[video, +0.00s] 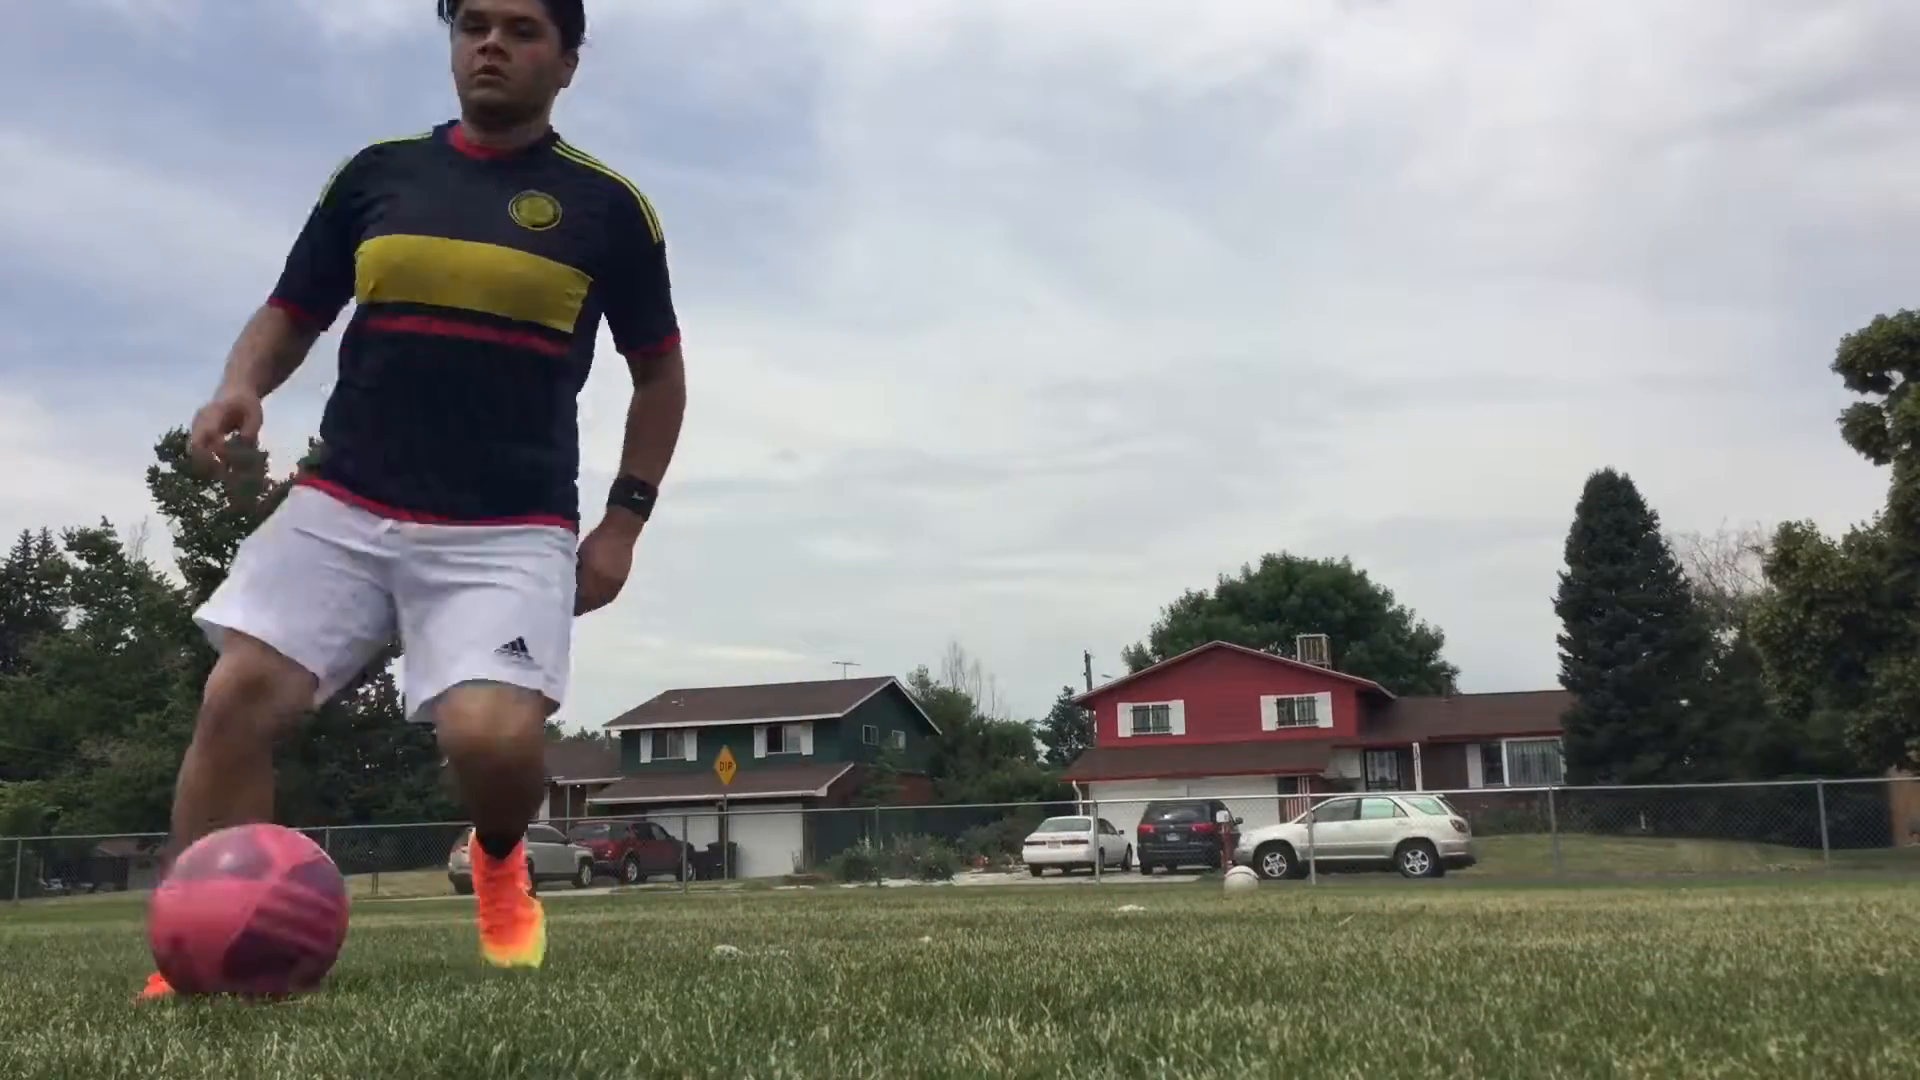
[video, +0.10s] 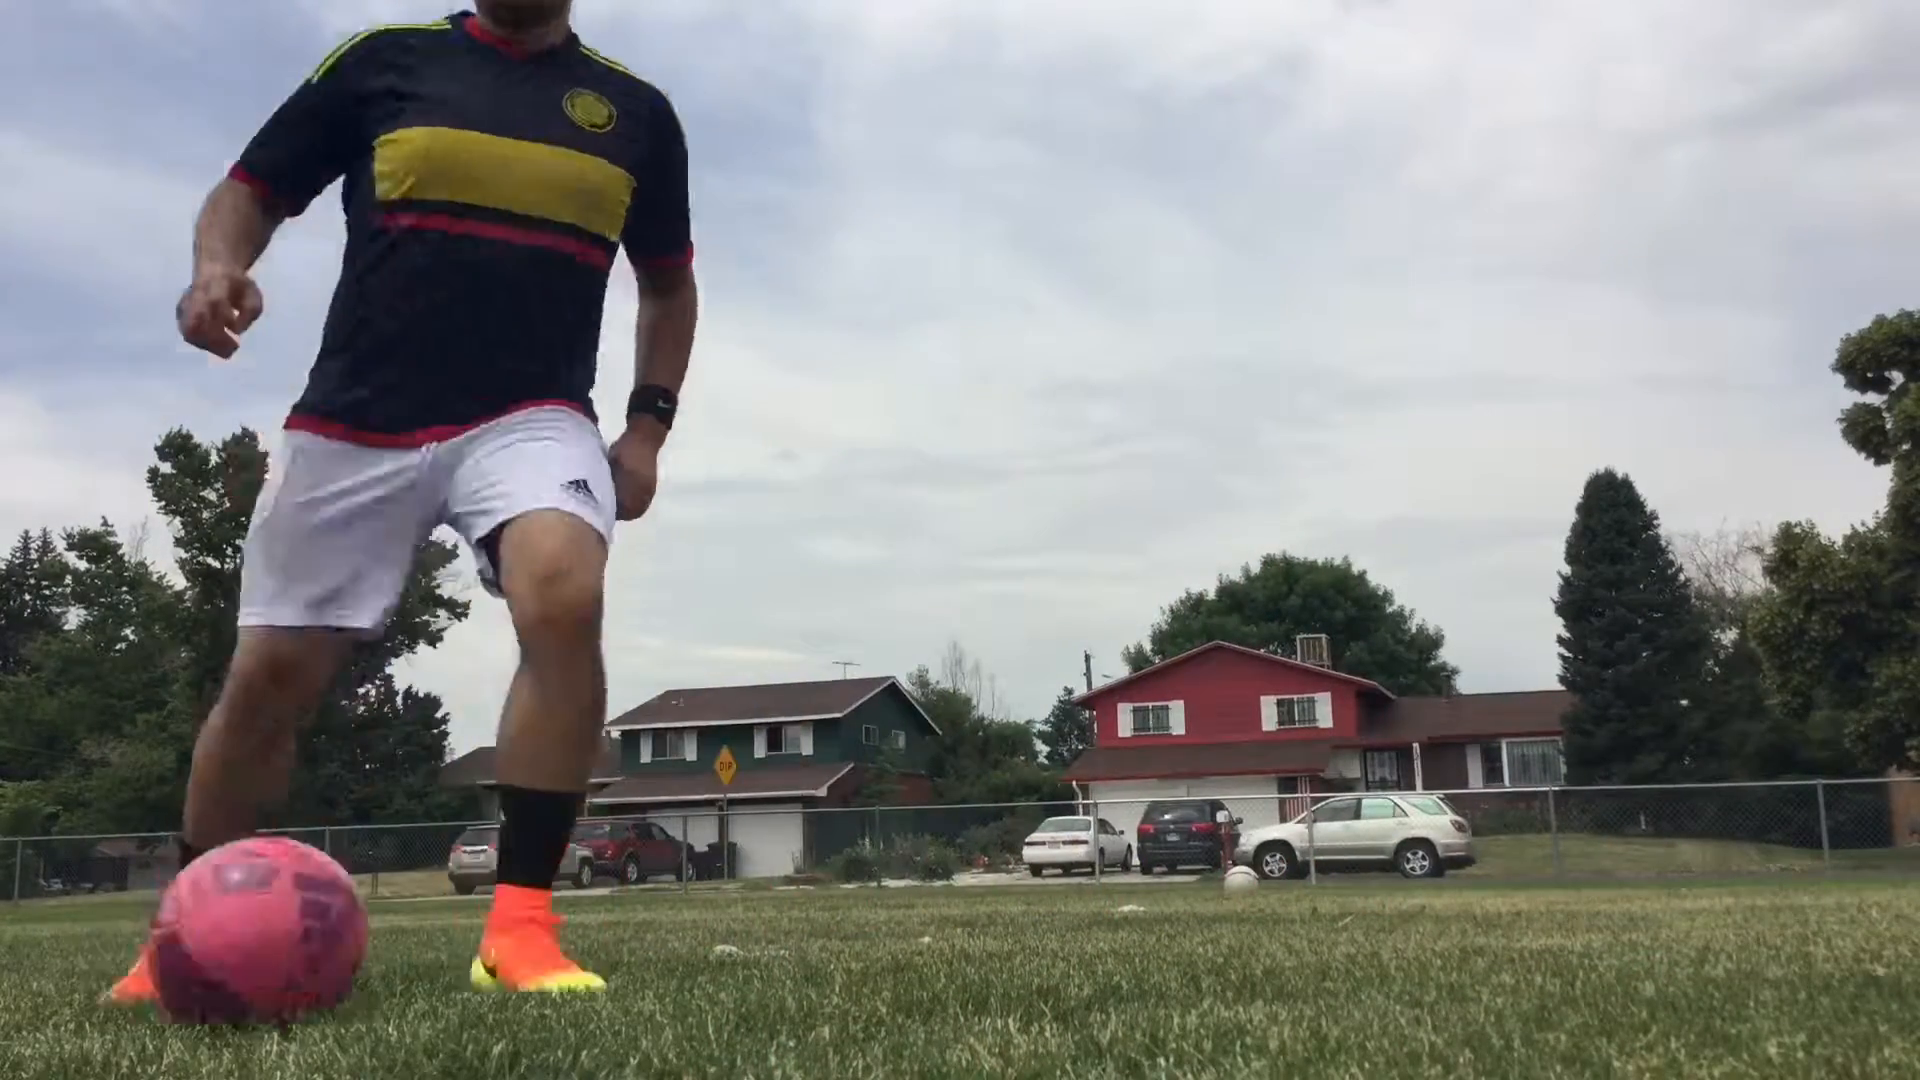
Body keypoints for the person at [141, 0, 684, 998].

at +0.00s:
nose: (490, 46)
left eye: (518, 30)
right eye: (472, 26)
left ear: (566, 60)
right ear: (451, 45)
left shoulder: (607, 209)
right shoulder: (376, 175)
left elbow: (660, 376)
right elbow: (291, 312)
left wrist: (621, 524)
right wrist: (240, 387)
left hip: (507, 530)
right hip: (344, 506)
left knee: (492, 740)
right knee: (234, 697)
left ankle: (498, 863)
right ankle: (193, 952)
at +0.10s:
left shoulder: (640, 116)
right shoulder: (377, 64)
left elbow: (667, 286)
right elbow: (254, 188)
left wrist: (646, 425)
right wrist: (218, 265)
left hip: (527, 416)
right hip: (353, 423)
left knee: (567, 596)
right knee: (268, 676)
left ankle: (520, 927)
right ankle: (185, 942)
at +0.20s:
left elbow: (704, 198)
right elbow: (285, 101)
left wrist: (687, 347)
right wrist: (230, 208)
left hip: (574, 351)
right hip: (378, 342)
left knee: (581, 584)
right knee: (221, 610)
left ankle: (601, 935)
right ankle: (188, 889)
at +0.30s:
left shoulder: (746, 5)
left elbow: (798, 132)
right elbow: (326, 66)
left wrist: (767, 285)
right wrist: (244, 171)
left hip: (614, 296)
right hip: (401, 274)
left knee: (621, 577)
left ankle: (592, 951)